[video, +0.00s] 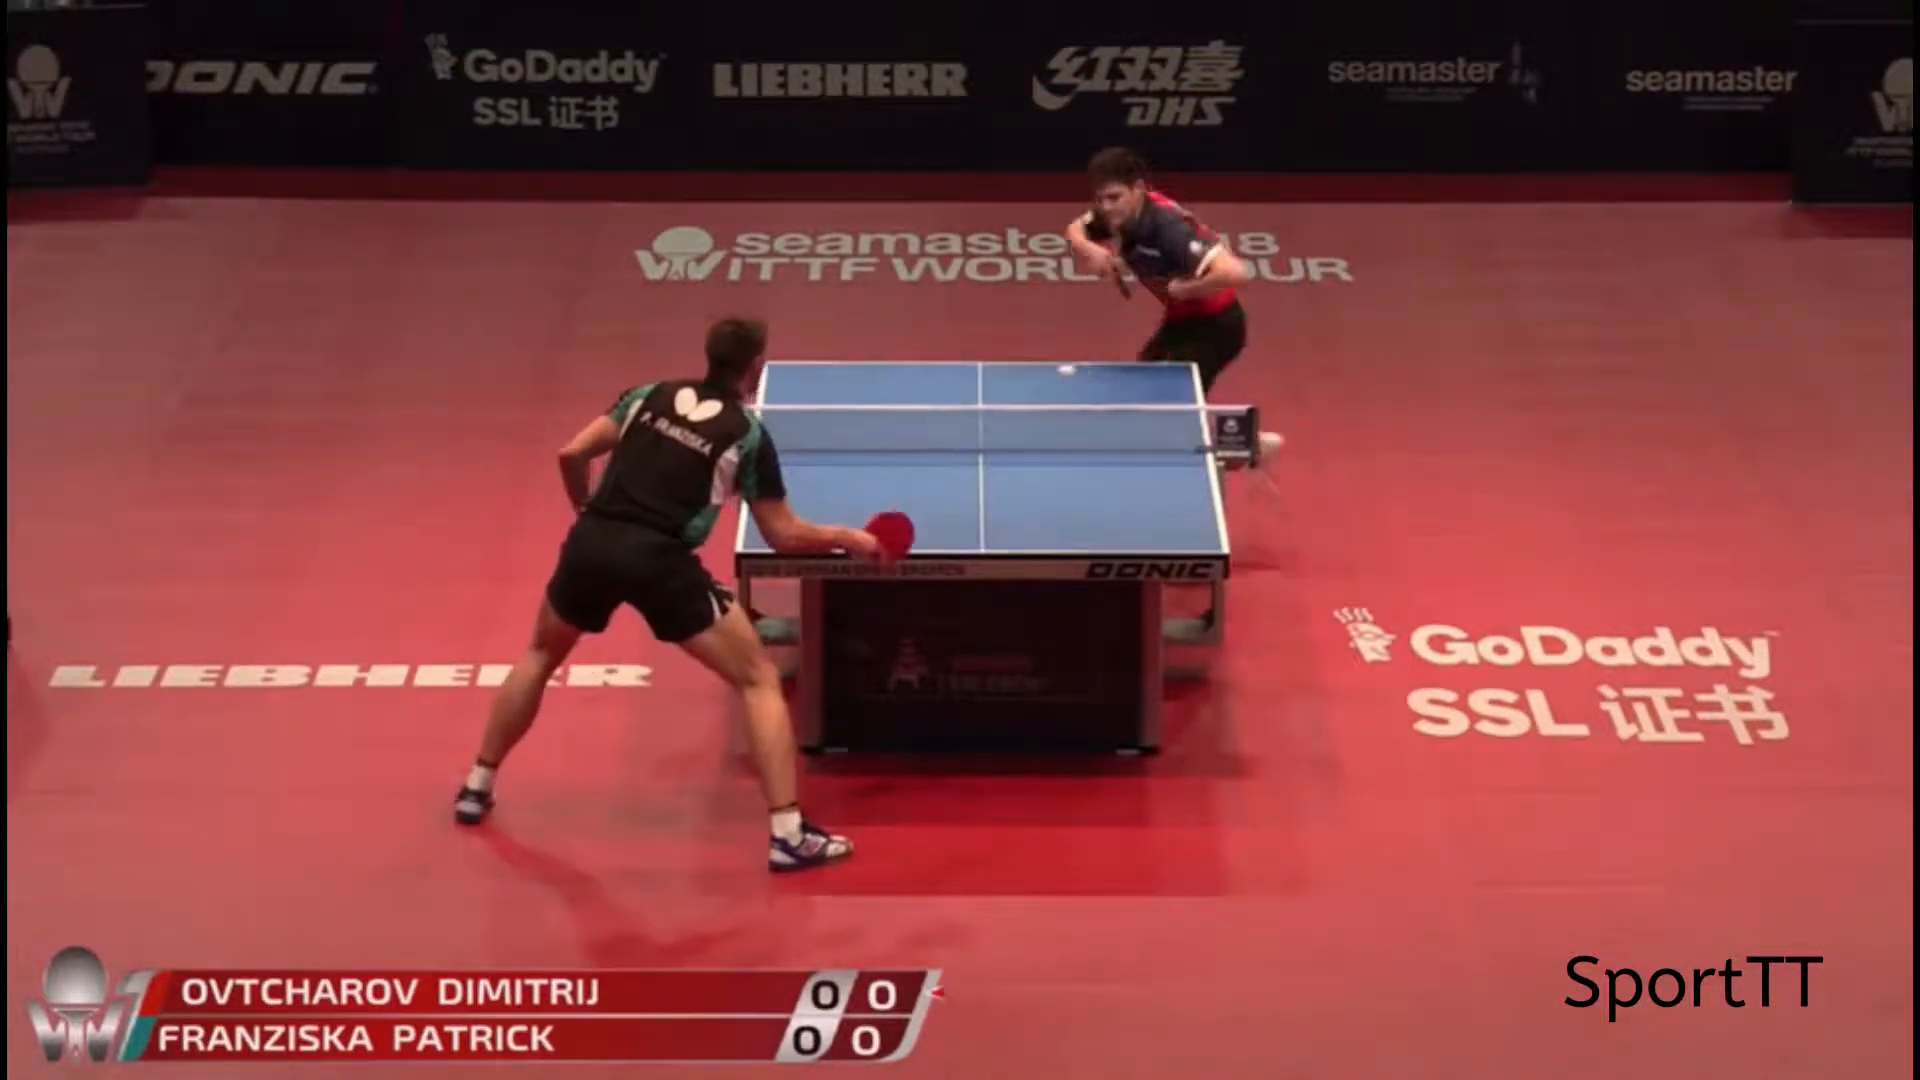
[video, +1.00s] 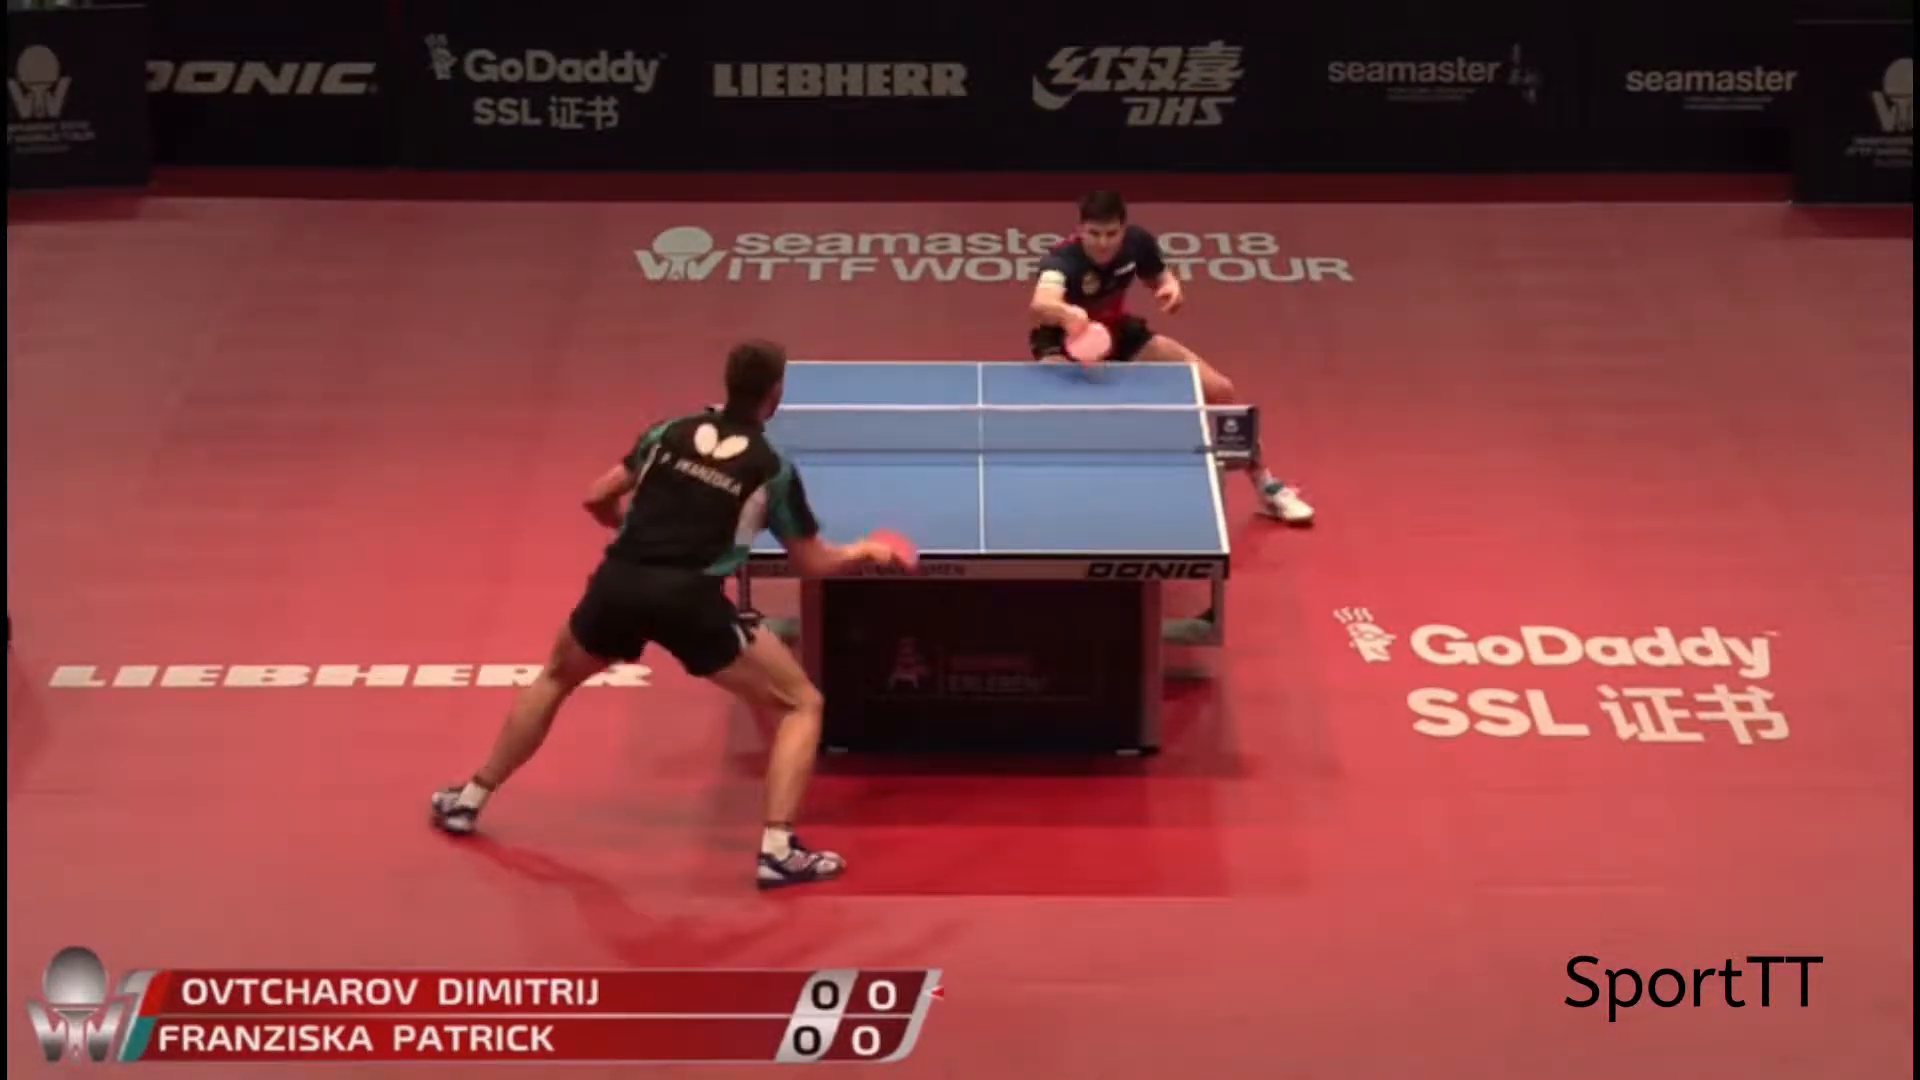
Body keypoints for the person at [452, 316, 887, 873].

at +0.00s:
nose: (762, 374)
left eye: (759, 366)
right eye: (761, 367)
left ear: (707, 362)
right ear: (752, 372)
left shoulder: (650, 396)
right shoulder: (748, 435)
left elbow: (572, 454)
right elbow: (783, 533)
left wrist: (587, 513)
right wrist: (847, 537)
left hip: (592, 545)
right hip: (660, 561)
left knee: (541, 655)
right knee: (758, 680)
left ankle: (475, 786)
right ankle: (790, 833)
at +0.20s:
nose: (741, 375)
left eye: (740, 365)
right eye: (741, 366)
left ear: (688, 356)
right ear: (732, 370)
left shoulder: (624, 389)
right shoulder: (726, 427)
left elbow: (543, 439)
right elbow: (766, 515)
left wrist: (543, 484)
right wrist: (812, 492)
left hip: (588, 548)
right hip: (664, 558)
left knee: (532, 654)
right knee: (765, 637)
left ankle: (470, 781)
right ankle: (801, 754)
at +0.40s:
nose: (760, 374)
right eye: (762, 366)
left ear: (713, 358)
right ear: (760, 371)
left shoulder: (678, 390)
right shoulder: (766, 426)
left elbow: (624, 440)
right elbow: (793, 472)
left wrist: (583, 462)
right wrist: (816, 477)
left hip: (656, 547)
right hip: (730, 553)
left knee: (566, 656)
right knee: (801, 642)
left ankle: (480, 773)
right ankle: (872, 753)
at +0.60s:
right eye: (778, 372)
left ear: (731, 369)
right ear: (778, 377)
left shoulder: (711, 407)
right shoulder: (797, 433)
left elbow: (679, 443)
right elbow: (812, 499)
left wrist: (608, 459)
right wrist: (810, 486)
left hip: (702, 563)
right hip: (776, 566)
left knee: (598, 657)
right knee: (820, 637)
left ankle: (508, 777)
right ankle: (881, 754)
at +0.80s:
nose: (783, 358)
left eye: (776, 349)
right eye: (784, 351)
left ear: (731, 349)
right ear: (780, 359)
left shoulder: (677, 389)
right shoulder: (787, 428)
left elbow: (610, 440)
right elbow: (826, 521)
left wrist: (601, 487)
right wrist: (849, 496)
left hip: (641, 540)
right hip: (716, 552)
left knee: (570, 655)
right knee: (807, 650)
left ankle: (504, 786)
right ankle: (846, 795)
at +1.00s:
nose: (782, 397)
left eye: (775, 385)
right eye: (782, 390)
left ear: (727, 384)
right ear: (772, 396)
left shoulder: (670, 431)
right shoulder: (773, 467)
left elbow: (599, 497)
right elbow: (813, 563)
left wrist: (620, 523)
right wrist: (864, 553)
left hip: (619, 585)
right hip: (692, 601)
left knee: (554, 680)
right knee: (801, 704)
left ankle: (470, 799)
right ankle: (777, 849)